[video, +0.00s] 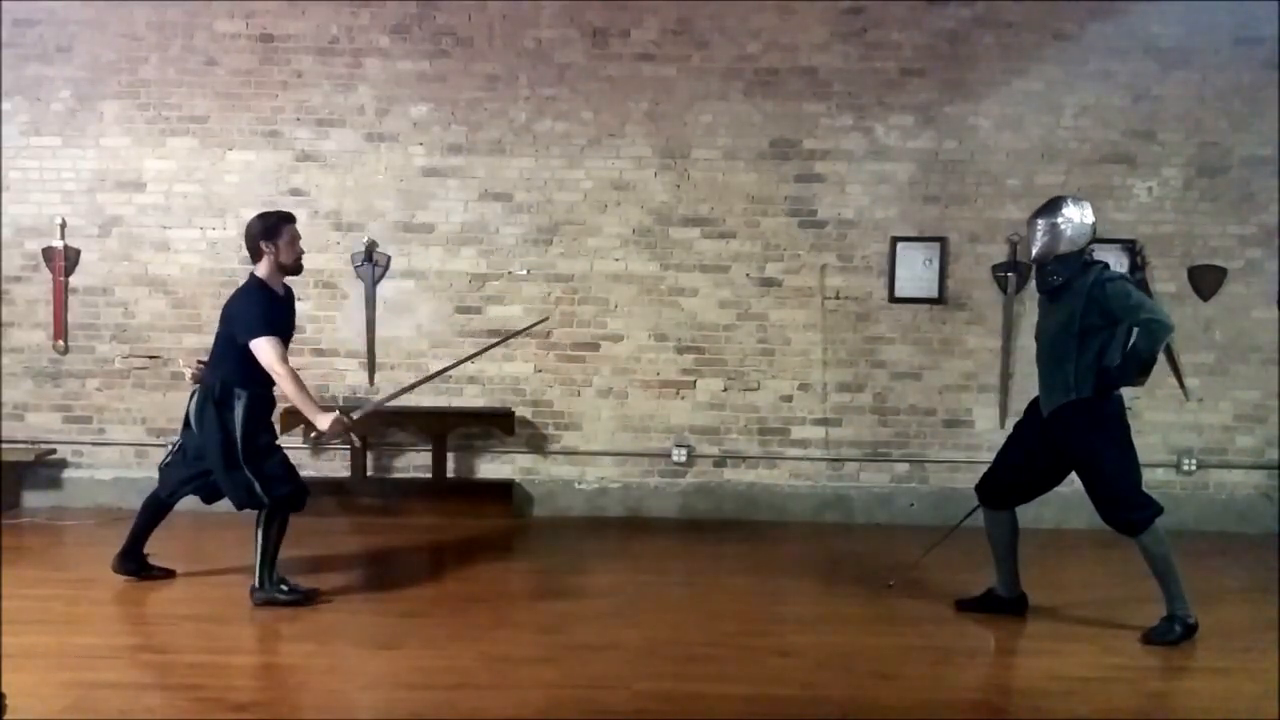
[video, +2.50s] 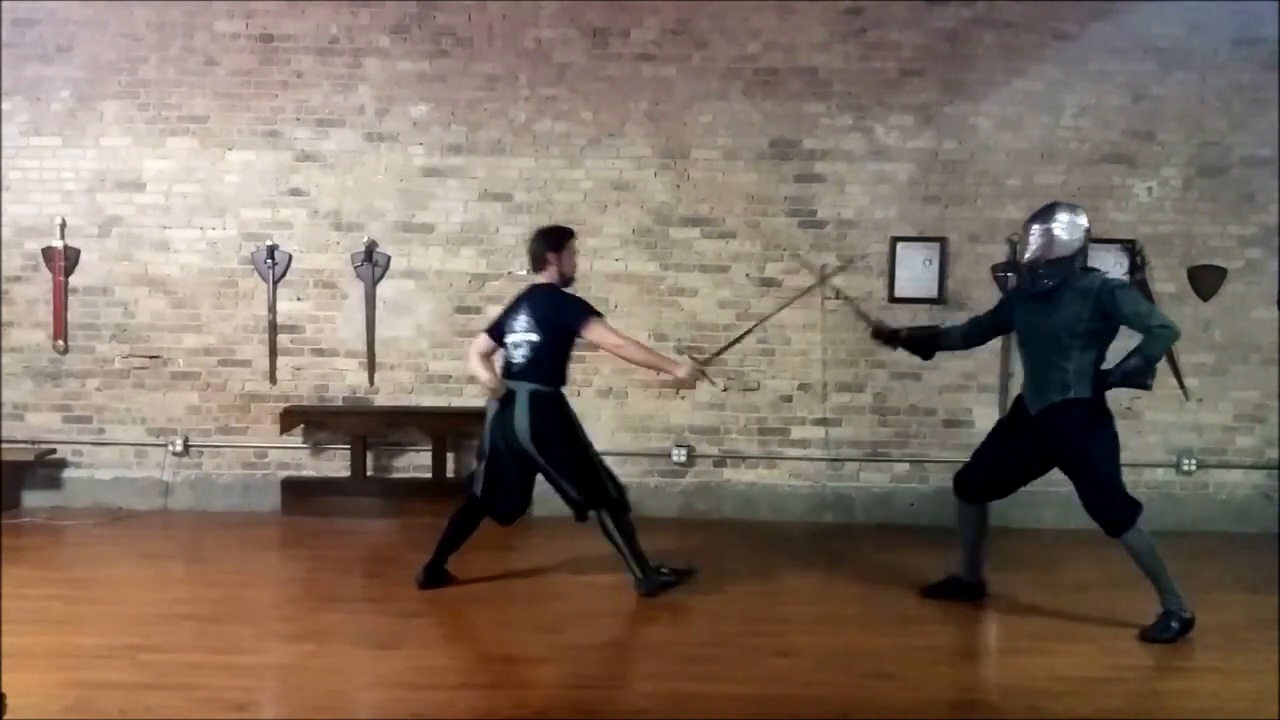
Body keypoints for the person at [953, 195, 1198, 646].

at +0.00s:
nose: (1035, 242)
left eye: (1043, 233)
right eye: (1035, 233)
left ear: (1067, 234)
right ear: (1056, 233)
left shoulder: (1100, 282)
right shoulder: (1052, 283)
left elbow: (1157, 322)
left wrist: (1129, 370)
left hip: (1094, 416)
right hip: (1051, 414)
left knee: (1131, 512)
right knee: (995, 492)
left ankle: (1180, 614)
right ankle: (1008, 592)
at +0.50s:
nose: (1036, 242)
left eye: (1043, 232)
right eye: (1035, 232)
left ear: (1068, 234)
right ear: (1056, 234)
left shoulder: (1101, 282)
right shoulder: (1055, 284)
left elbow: (1158, 321)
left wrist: (1127, 372)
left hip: (1095, 415)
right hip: (1052, 413)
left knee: (1130, 512)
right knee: (996, 492)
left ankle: (1180, 614)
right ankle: (1008, 593)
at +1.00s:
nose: (1039, 242)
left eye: (1048, 232)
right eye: (1038, 232)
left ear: (1072, 235)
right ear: (1053, 235)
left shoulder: (1102, 282)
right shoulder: (1057, 285)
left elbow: (1158, 321)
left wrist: (1127, 373)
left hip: (1096, 415)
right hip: (1052, 412)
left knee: (1129, 512)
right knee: (996, 492)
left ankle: (1180, 613)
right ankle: (1008, 592)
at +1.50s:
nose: (1011, 250)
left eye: (1019, 241)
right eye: (1011, 240)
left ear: (1041, 245)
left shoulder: (1078, 283)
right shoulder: (1004, 300)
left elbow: (1136, 316)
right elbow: (940, 310)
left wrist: (1110, 361)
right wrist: (901, 269)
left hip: (1067, 413)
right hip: (1016, 412)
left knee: (1110, 510)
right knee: (944, 464)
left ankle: (1174, 607)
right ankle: (941, 554)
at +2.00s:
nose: (905, 302)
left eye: (913, 292)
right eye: (903, 293)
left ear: (939, 292)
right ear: (909, 298)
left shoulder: (987, 324)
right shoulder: (904, 349)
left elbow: (1049, 341)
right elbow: (903, 413)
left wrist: (1021, 387)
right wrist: (907, 466)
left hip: (991, 443)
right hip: (936, 442)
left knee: (1051, 516)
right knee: (869, 484)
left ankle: (1120, 601)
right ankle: (896, 565)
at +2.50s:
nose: (1029, 253)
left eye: (1040, 245)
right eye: (1029, 243)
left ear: (1065, 247)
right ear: (1032, 244)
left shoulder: (1101, 290)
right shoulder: (1022, 298)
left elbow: (1163, 330)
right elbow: (968, 334)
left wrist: (1120, 373)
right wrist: (902, 338)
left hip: (1082, 418)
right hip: (1030, 418)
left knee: (1113, 511)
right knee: (970, 487)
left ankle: (1176, 608)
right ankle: (969, 579)